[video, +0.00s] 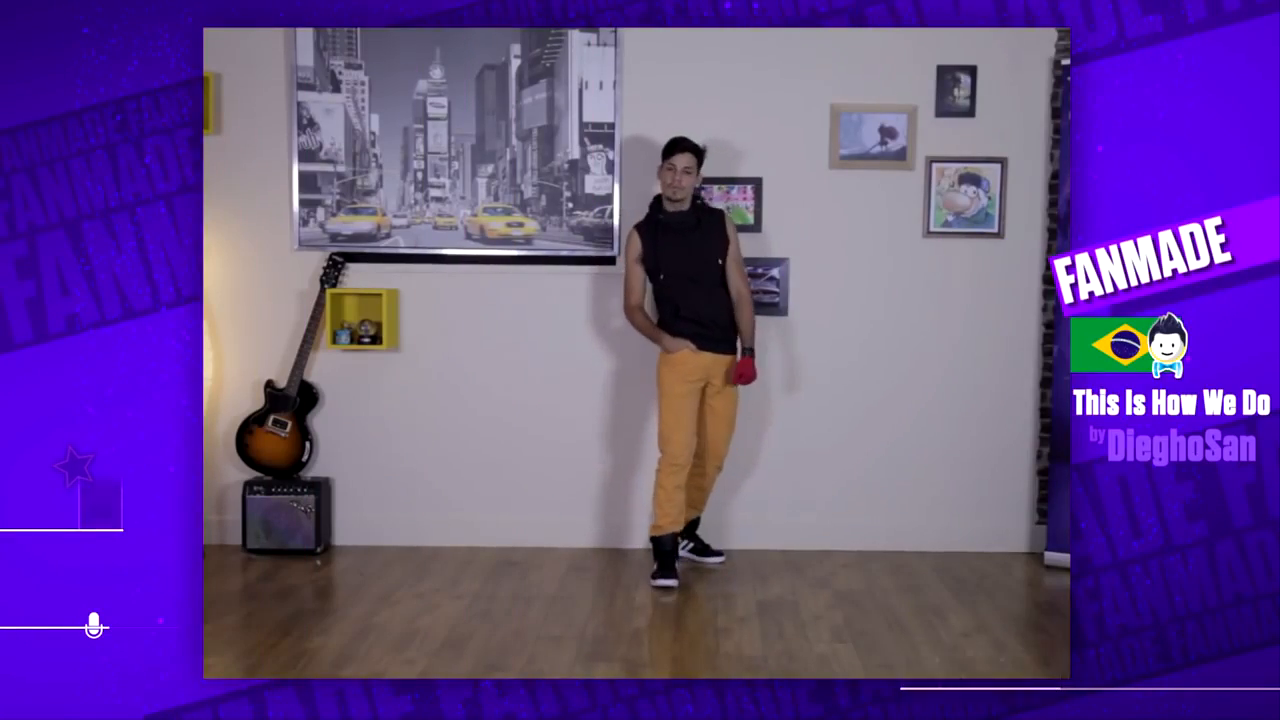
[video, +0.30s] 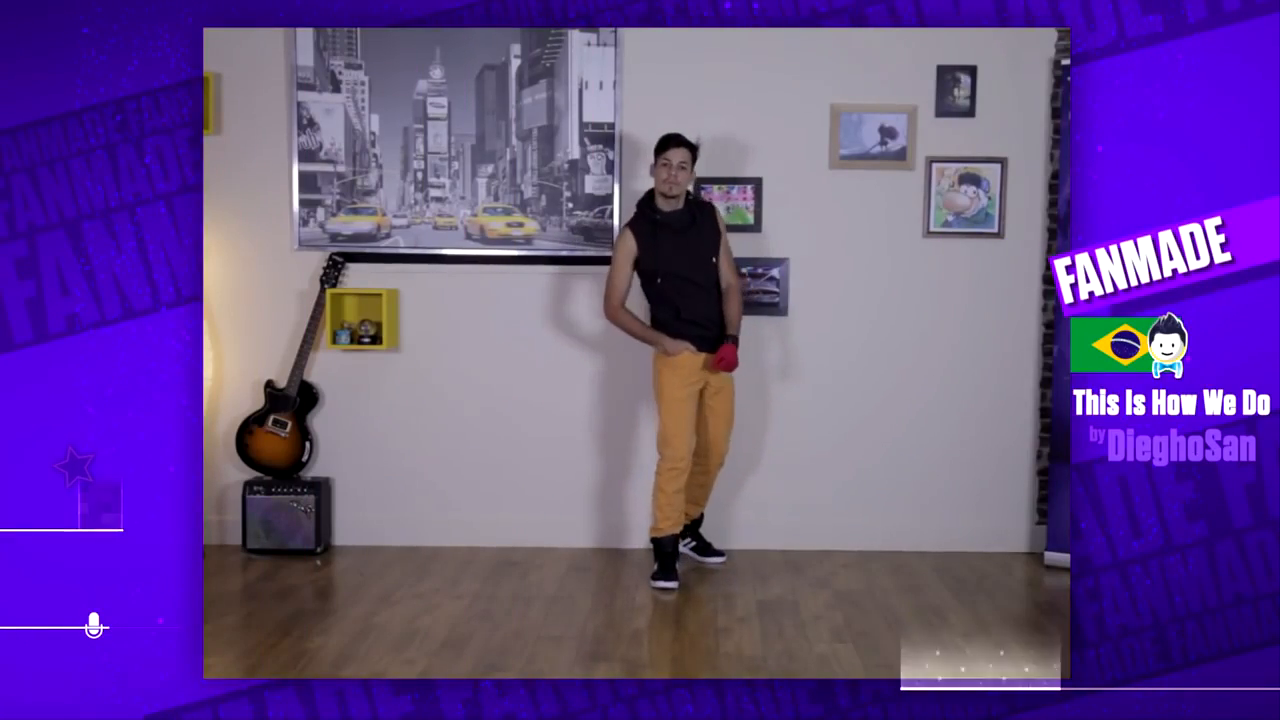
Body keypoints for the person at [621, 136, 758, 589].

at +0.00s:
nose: (677, 178)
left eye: (687, 171)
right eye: (671, 169)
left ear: (699, 177)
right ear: (659, 174)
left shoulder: (721, 224)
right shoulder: (642, 235)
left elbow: (741, 290)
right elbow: (632, 306)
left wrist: (748, 347)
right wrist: (663, 340)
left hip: (726, 357)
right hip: (680, 356)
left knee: (712, 455)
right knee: (676, 455)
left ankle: (685, 535)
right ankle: (664, 555)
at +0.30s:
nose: (673, 174)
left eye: (682, 167)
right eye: (665, 165)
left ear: (692, 173)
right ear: (653, 170)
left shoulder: (708, 217)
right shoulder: (635, 232)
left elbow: (731, 282)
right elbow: (613, 308)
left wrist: (732, 337)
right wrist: (663, 342)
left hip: (718, 352)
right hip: (675, 353)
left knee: (714, 451)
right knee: (677, 453)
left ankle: (688, 529)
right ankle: (664, 552)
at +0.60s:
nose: (680, 184)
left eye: (689, 176)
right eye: (673, 174)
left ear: (700, 179)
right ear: (660, 172)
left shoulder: (699, 225)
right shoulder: (637, 227)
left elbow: (717, 290)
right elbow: (613, 301)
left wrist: (734, 344)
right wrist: (663, 346)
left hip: (712, 356)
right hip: (671, 360)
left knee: (723, 446)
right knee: (675, 456)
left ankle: (691, 525)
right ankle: (665, 550)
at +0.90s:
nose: (697, 182)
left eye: (705, 174)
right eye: (690, 172)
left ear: (715, 177)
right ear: (675, 171)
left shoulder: (703, 217)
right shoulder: (649, 215)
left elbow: (707, 277)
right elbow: (615, 286)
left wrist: (710, 323)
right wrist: (647, 347)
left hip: (706, 357)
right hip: (663, 361)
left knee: (728, 448)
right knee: (667, 460)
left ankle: (711, 550)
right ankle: (664, 556)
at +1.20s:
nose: (708, 190)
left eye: (717, 181)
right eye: (700, 181)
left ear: (730, 184)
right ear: (688, 184)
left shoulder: (732, 248)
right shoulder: (657, 219)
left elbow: (724, 315)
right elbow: (617, 287)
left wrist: (719, 363)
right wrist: (631, 351)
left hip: (705, 367)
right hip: (654, 365)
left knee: (715, 465)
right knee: (661, 468)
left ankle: (731, 569)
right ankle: (665, 557)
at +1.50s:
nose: (703, 172)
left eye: (712, 164)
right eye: (695, 164)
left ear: (726, 171)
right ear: (684, 171)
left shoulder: (741, 237)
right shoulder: (662, 219)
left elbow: (767, 318)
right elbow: (634, 287)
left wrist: (775, 388)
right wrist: (637, 346)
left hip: (716, 366)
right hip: (661, 364)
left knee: (719, 472)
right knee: (664, 471)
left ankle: (731, 579)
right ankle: (669, 555)